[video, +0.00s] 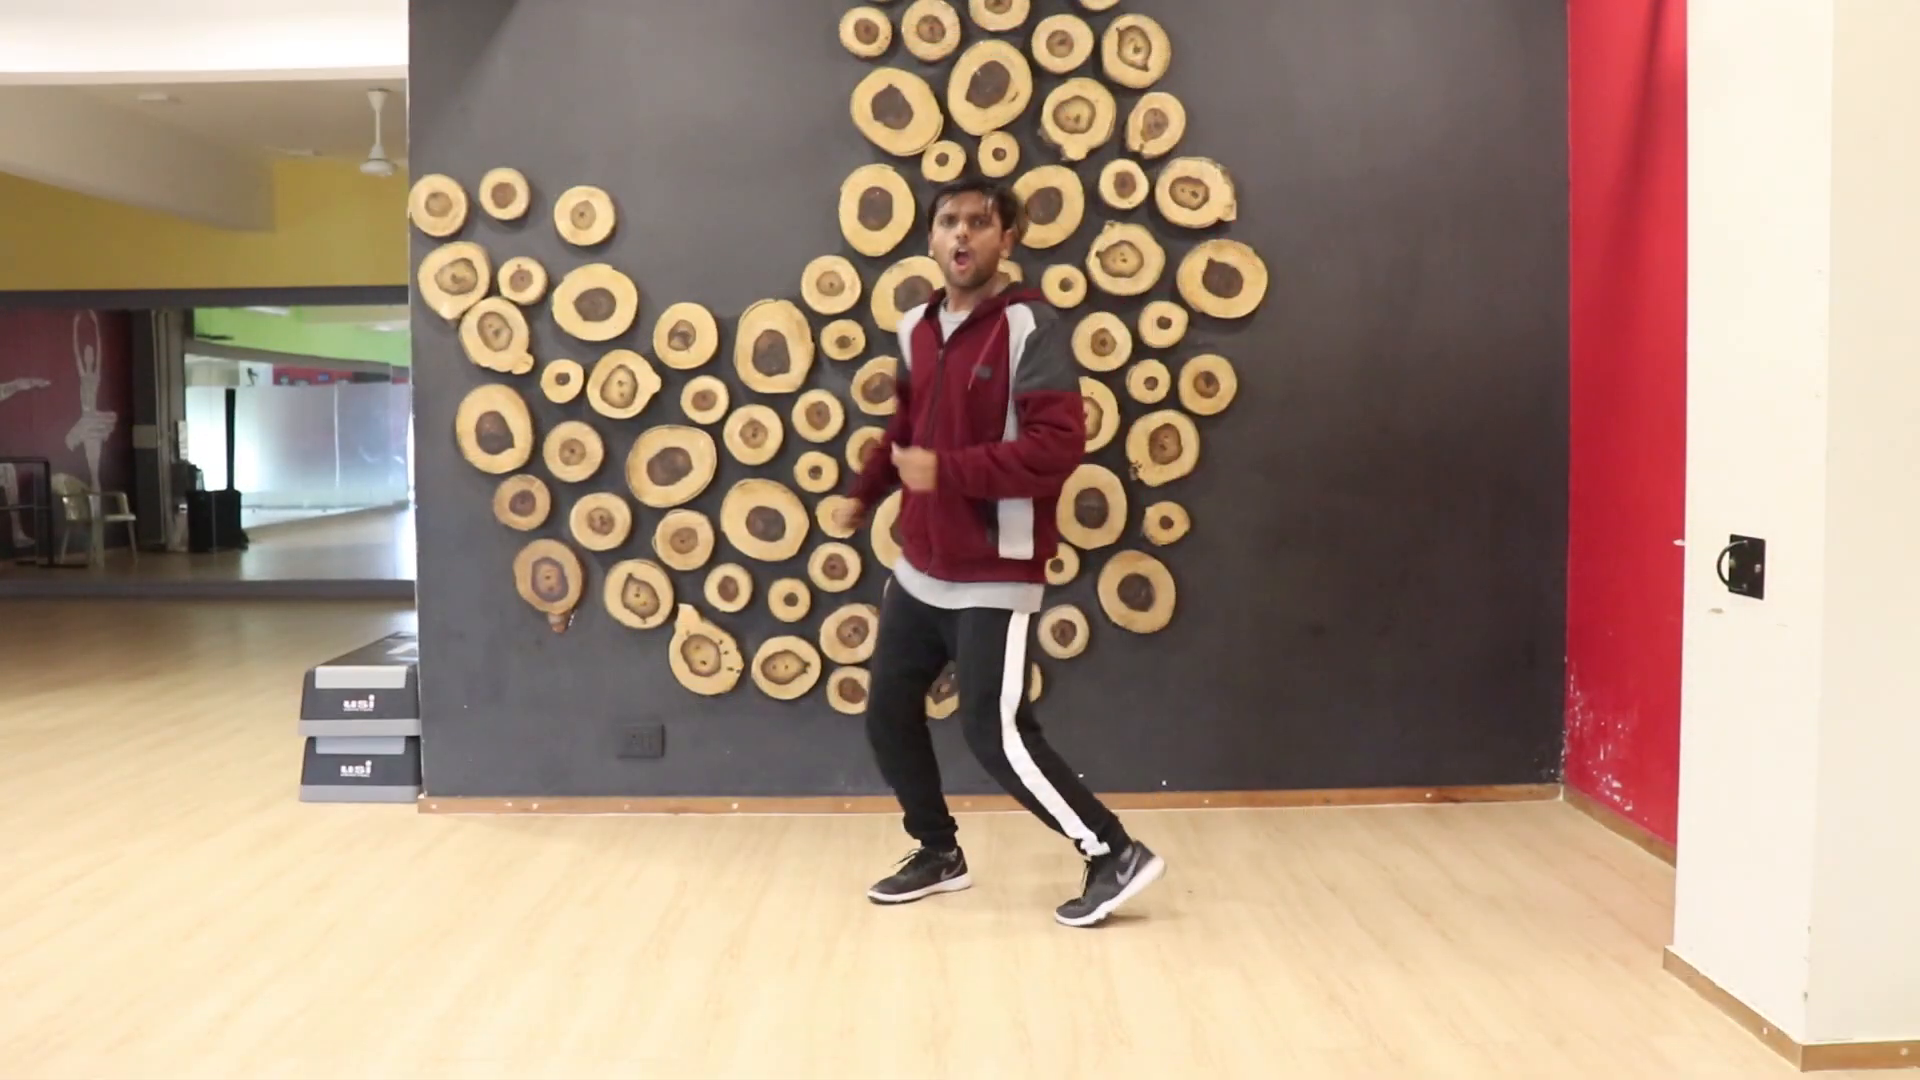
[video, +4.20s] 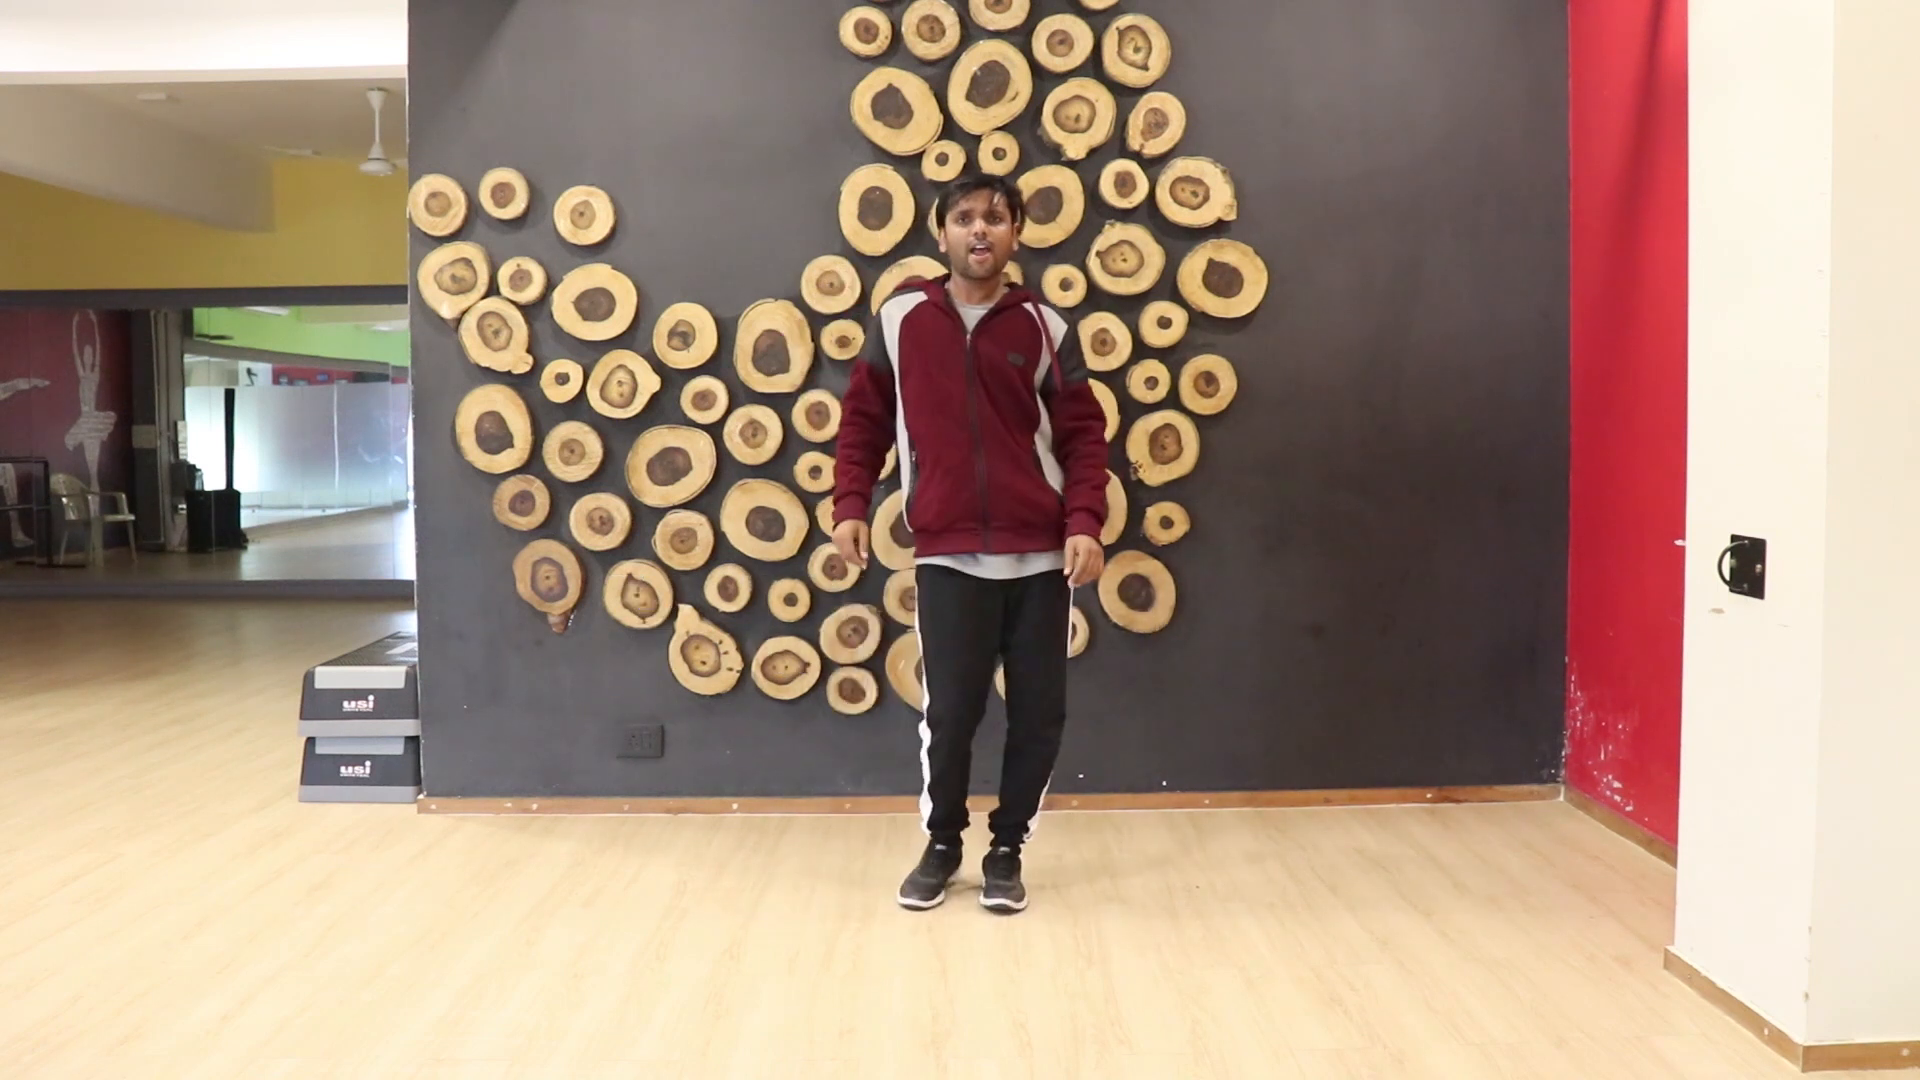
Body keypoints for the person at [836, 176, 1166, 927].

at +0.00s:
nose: (961, 236)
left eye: (977, 224)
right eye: (949, 224)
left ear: (1007, 240)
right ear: (931, 240)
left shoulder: (1032, 329)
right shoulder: (920, 331)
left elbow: (1057, 446)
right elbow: (907, 422)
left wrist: (945, 470)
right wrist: (861, 493)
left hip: (1000, 573)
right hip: (924, 564)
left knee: (996, 730)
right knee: (889, 714)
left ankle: (1113, 854)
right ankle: (937, 850)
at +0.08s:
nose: (949, 231)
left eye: (965, 219)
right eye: (937, 218)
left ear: (991, 237)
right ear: (919, 235)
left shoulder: (1021, 324)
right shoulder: (895, 318)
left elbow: (1074, 427)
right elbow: (875, 420)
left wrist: (980, 464)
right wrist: (808, 467)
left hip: (986, 565)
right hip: (905, 559)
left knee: (971, 710)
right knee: (881, 706)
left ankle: (1079, 831)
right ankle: (936, 850)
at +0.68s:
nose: (919, 270)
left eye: (933, 261)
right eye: (907, 260)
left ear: (954, 280)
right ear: (885, 276)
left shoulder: (982, 364)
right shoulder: (842, 345)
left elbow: (1007, 471)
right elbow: (767, 399)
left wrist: (991, 551)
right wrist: (817, 339)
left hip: (940, 577)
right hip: (845, 571)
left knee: (945, 731)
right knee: (839, 731)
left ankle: (947, 843)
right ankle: (882, 845)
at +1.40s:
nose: (917, 227)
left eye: (931, 218)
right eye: (903, 217)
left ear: (952, 238)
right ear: (880, 237)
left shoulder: (988, 317)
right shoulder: (846, 313)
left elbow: (1039, 409)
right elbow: (790, 386)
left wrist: (1044, 501)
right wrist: (821, 403)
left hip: (953, 544)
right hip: (862, 542)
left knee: (951, 700)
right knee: (863, 698)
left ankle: (949, 841)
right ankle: (882, 840)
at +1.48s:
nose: (919, 232)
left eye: (933, 223)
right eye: (904, 222)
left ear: (954, 243)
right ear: (882, 242)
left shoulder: (990, 328)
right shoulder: (845, 324)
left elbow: (1032, 439)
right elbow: (812, 417)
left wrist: (1029, 542)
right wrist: (833, 485)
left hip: (953, 550)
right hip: (864, 546)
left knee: (951, 702)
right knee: (863, 702)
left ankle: (949, 841)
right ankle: (883, 841)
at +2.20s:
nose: (945, 275)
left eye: (955, 262)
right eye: (928, 263)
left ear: (970, 271)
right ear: (899, 276)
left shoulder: (1010, 343)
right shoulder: (874, 363)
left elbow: (1043, 422)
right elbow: (848, 474)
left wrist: (1039, 473)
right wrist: (890, 471)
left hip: (990, 546)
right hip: (912, 541)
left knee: (990, 695)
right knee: (973, 664)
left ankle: (958, 836)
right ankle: (927, 806)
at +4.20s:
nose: (980, 231)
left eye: (994, 219)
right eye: (966, 219)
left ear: (1014, 235)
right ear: (942, 235)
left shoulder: (1044, 324)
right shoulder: (902, 317)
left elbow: (1080, 429)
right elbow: (865, 415)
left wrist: (1084, 519)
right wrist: (852, 507)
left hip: (1039, 552)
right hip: (948, 553)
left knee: (1039, 715)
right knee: (950, 710)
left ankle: (1005, 854)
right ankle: (940, 847)